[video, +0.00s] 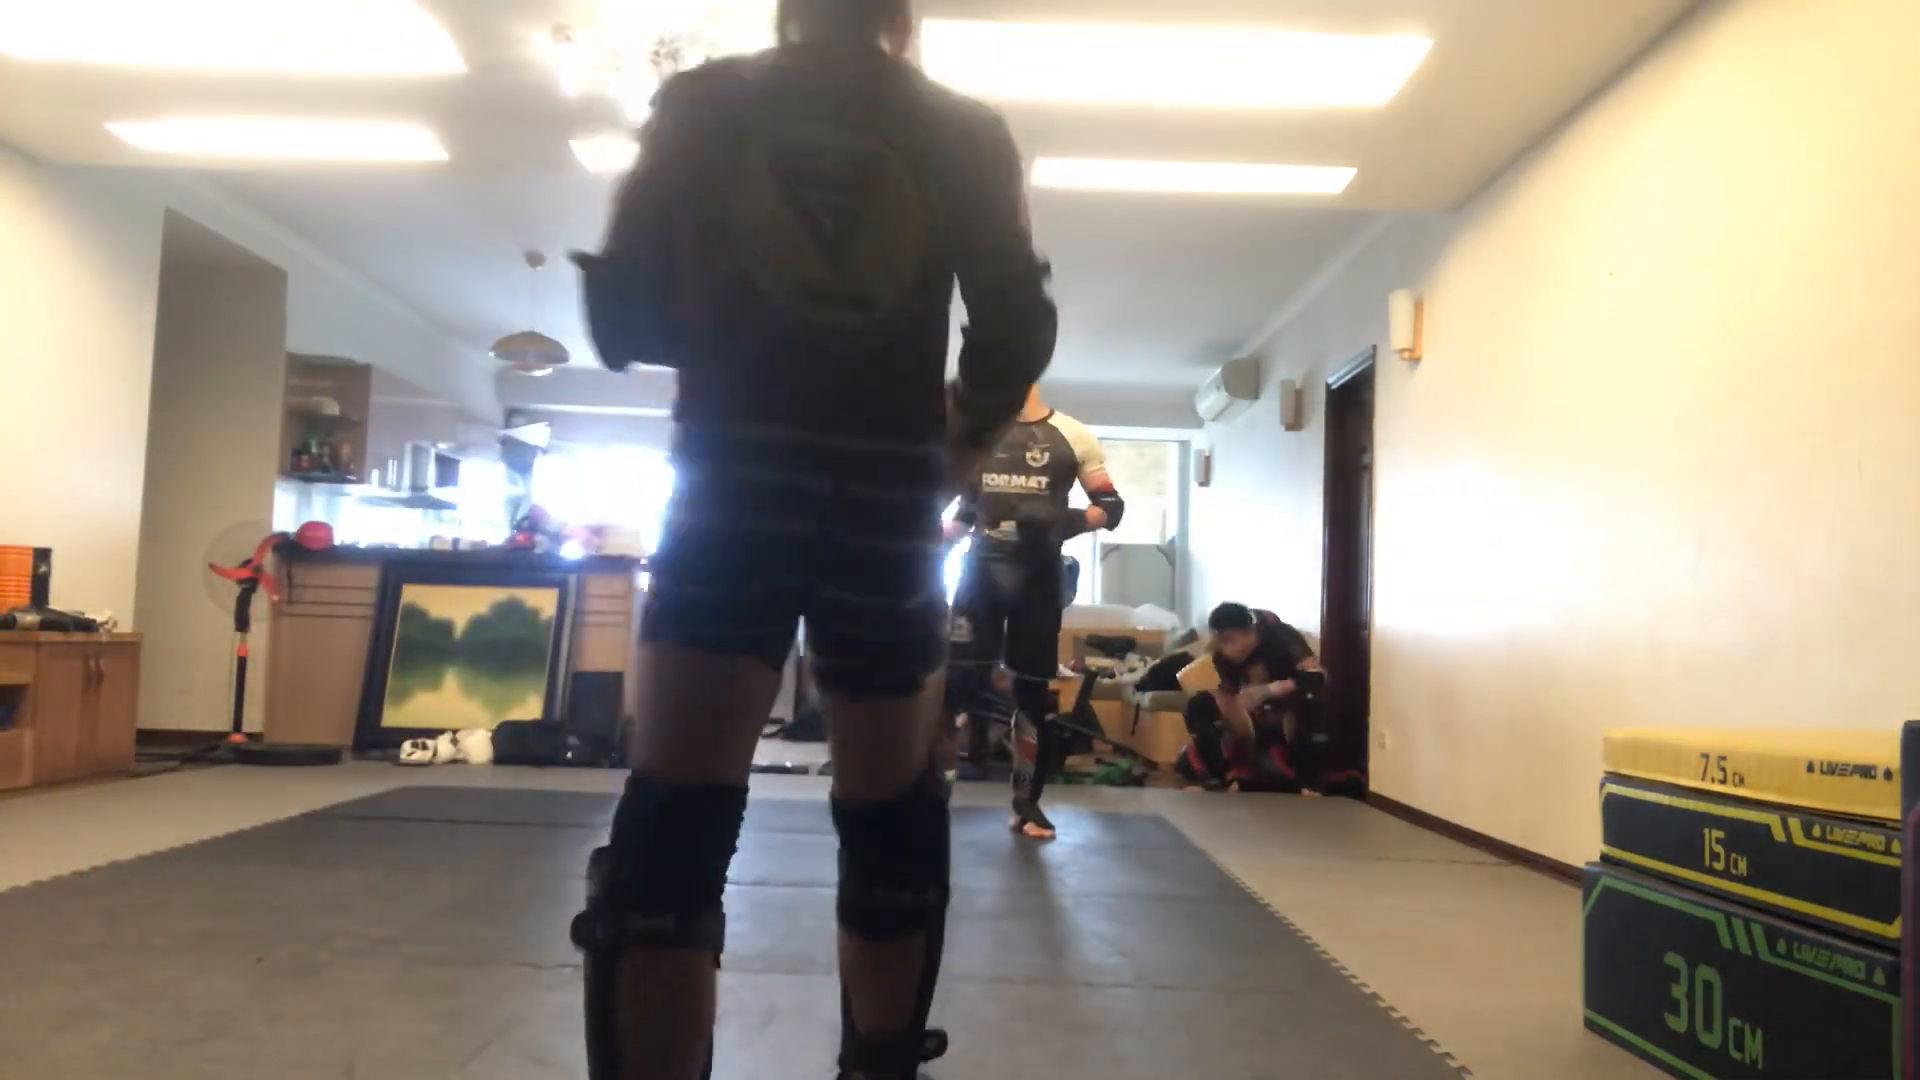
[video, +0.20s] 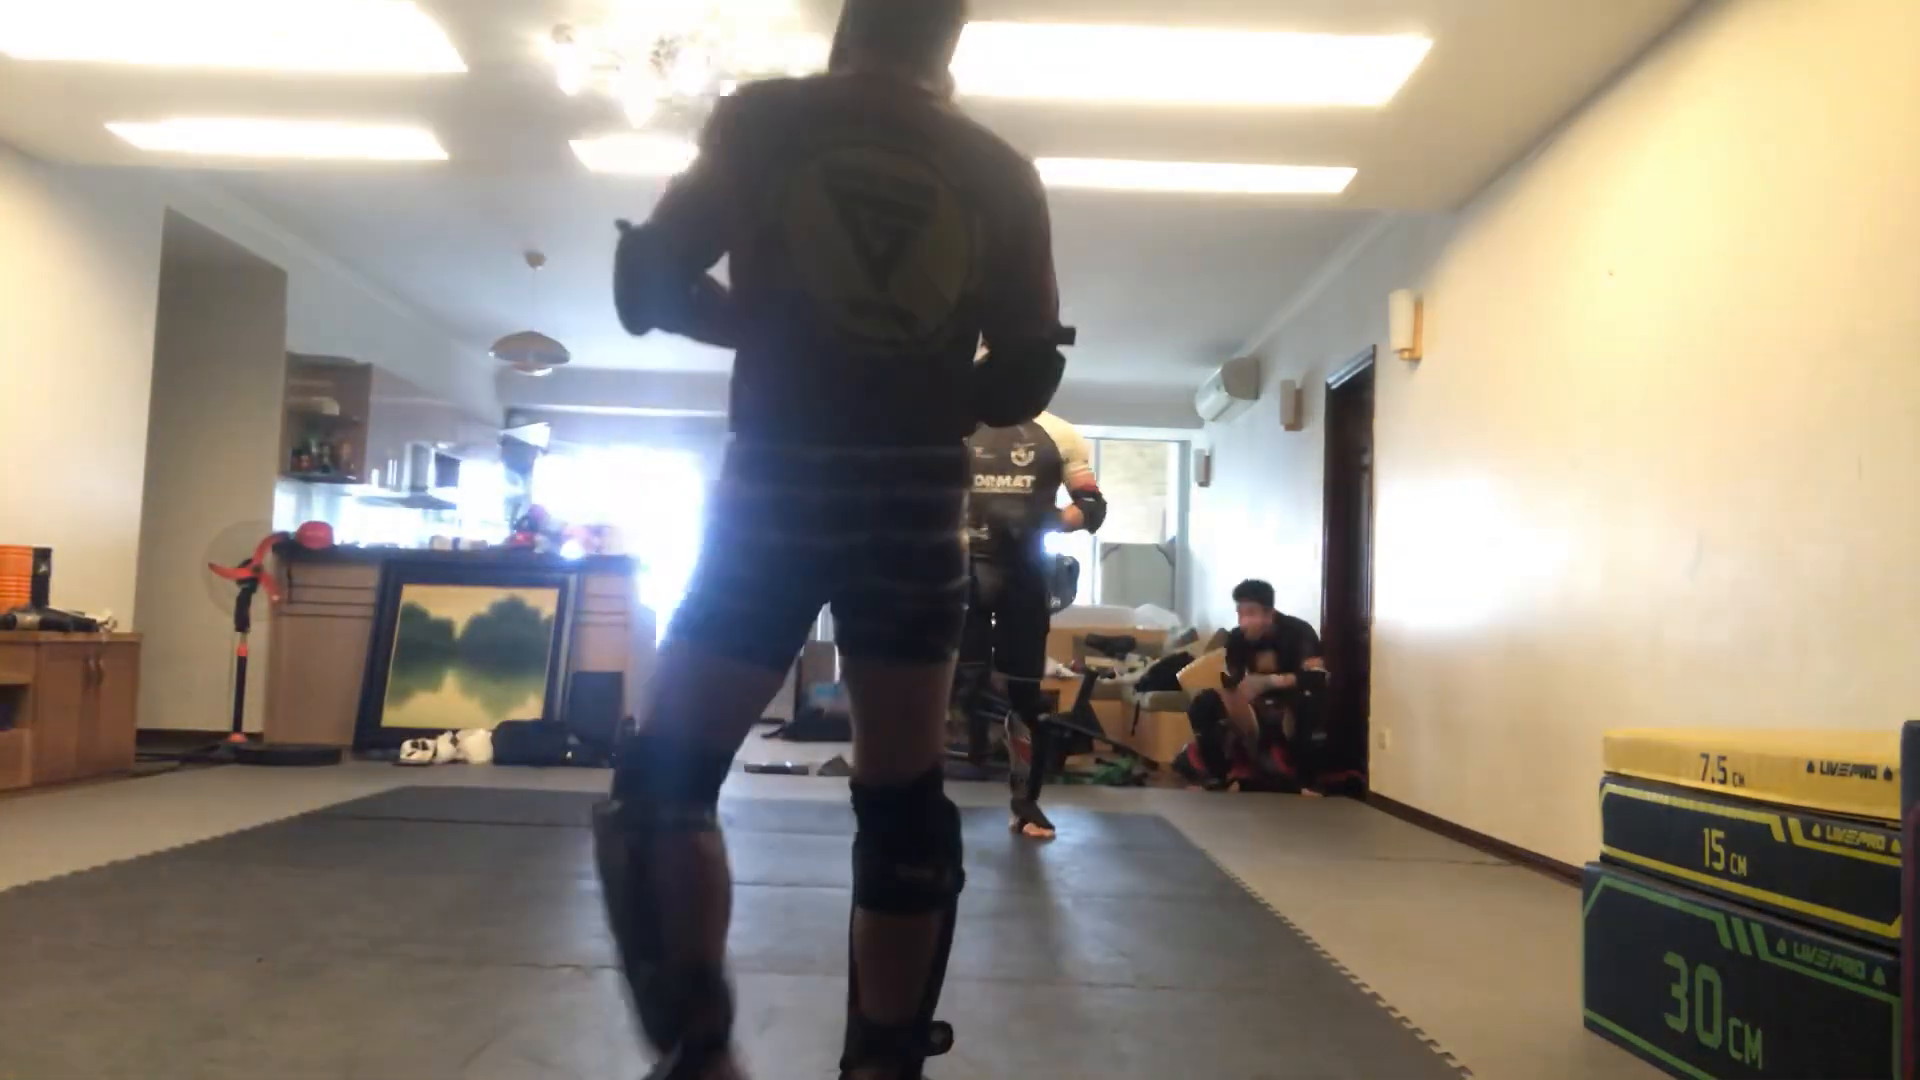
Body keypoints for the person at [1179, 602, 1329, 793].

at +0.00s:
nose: (1225, 649)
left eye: (1231, 641)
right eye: (1221, 642)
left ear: (1250, 634)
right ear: (1217, 640)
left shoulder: (1281, 636)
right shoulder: (1223, 658)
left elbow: (1314, 675)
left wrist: (1267, 692)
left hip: (1287, 704)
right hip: (1249, 710)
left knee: (1311, 704)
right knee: (1199, 704)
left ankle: (1308, 782)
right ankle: (1219, 777)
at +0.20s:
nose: (1243, 622)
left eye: (1251, 614)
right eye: (1240, 613)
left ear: (1270, 613)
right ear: (1237, 612)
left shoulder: (1299, 631)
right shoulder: (1236, 638)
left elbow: (1316, 677)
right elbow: (1232, 684)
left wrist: (1267, 682)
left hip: (1292, 698)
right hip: (1255, 701)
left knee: (1311, 702)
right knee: (1203, 703)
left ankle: (1306, 780)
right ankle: (1217, 775)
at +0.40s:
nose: (1255, 607)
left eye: (1263, 600)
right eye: (1253, 600)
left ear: (1283, 603)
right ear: (1250, 601)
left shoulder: (1305, 632)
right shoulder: (1243, 632)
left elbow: (1314, 679)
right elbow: (1225, 675)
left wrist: (1264, 680)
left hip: (1290, 702)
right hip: (1249, 703)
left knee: (1310, 706)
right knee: (1200, 705)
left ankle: (1307, 782)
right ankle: (1220, 777)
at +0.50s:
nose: (1259, 602)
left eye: (1267, 595)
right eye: (1257, 595)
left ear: (1286, 600)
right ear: (1254, 597)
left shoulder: (1308, 632)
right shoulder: (1249, 629)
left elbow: (1315, 679)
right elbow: (1220, 667)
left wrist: (1264, 678)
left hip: (1291, 710)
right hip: (1251, 709)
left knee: (1311, 704)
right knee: (1198, 704)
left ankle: (1306, 783)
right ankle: (1219, 778)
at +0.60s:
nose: (1261, 598)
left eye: (1270, 592)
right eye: (1260, 591)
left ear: (1289, 598)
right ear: (1257, 594)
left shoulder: (1308, 630)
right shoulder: (1252, 628)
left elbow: (1317, 677)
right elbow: (1221, 663)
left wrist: (1264, 674)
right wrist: (1208, 683)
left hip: (1291, 715)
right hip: (1249, 713)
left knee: (1311, 698)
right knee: (1195, 702)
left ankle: (1303, 782)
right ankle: (1218, 779)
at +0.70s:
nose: (1263, 597)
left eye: (1272, 590)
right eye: (1262, 590)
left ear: (1291, 598)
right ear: (1258, 593)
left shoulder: (1310, 631)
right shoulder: (1253, 627)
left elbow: (1319, 676)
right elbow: (1222, 661)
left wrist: (1265, 661)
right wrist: (1190, 674)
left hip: (1292, 709)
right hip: (1249, 705)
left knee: (1308, 703)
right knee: (1197, 701)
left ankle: (1301, 782)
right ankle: (1218, 779)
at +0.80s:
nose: (1264, 597)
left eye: (1273, 590)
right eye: (1263, 590)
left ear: (1292, 597)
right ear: (1260, 593)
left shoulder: (1311, 631)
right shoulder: (1253, 627)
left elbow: (1320, 673)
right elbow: (1225, 657)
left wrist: (1282, 653)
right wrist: (1200, 667)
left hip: (1292, 713)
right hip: (1248, 711)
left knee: (1309, 701)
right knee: (1197, 699)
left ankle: (1301, 782)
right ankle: (1217, 779)